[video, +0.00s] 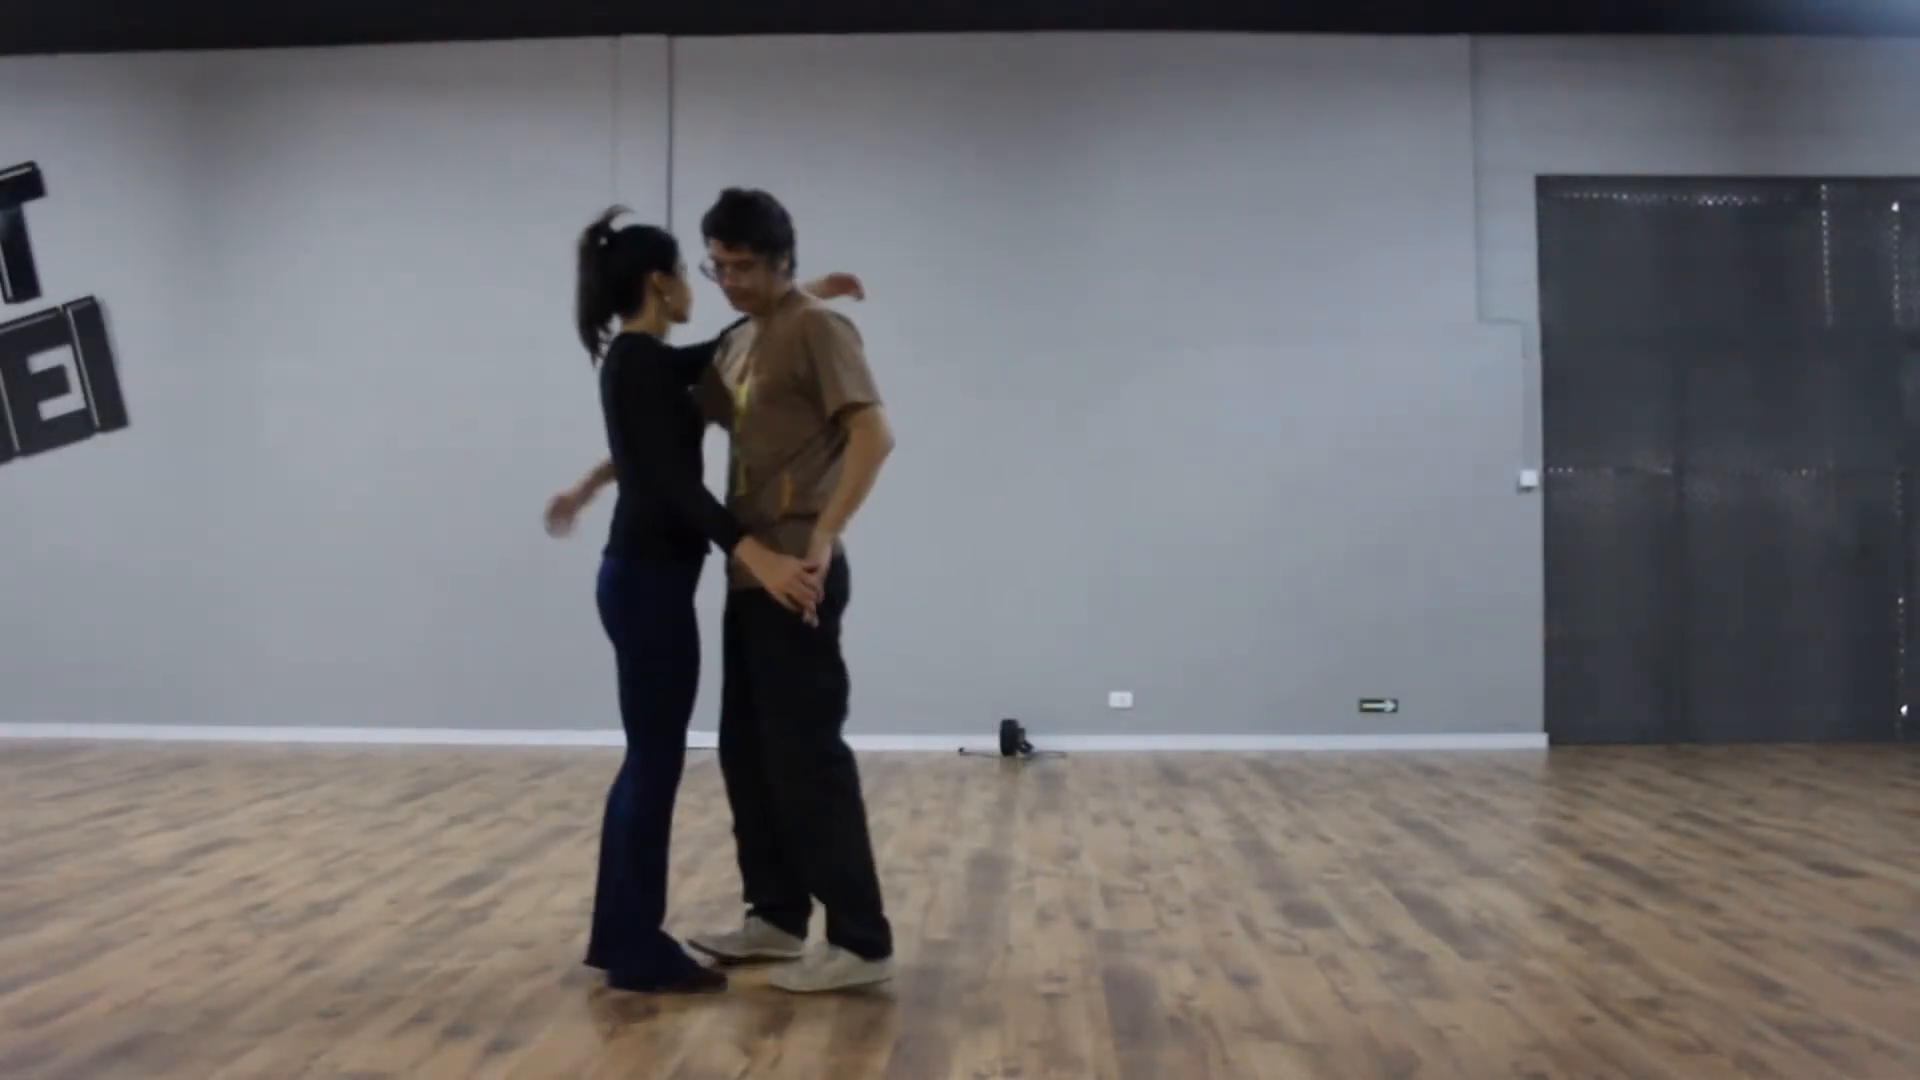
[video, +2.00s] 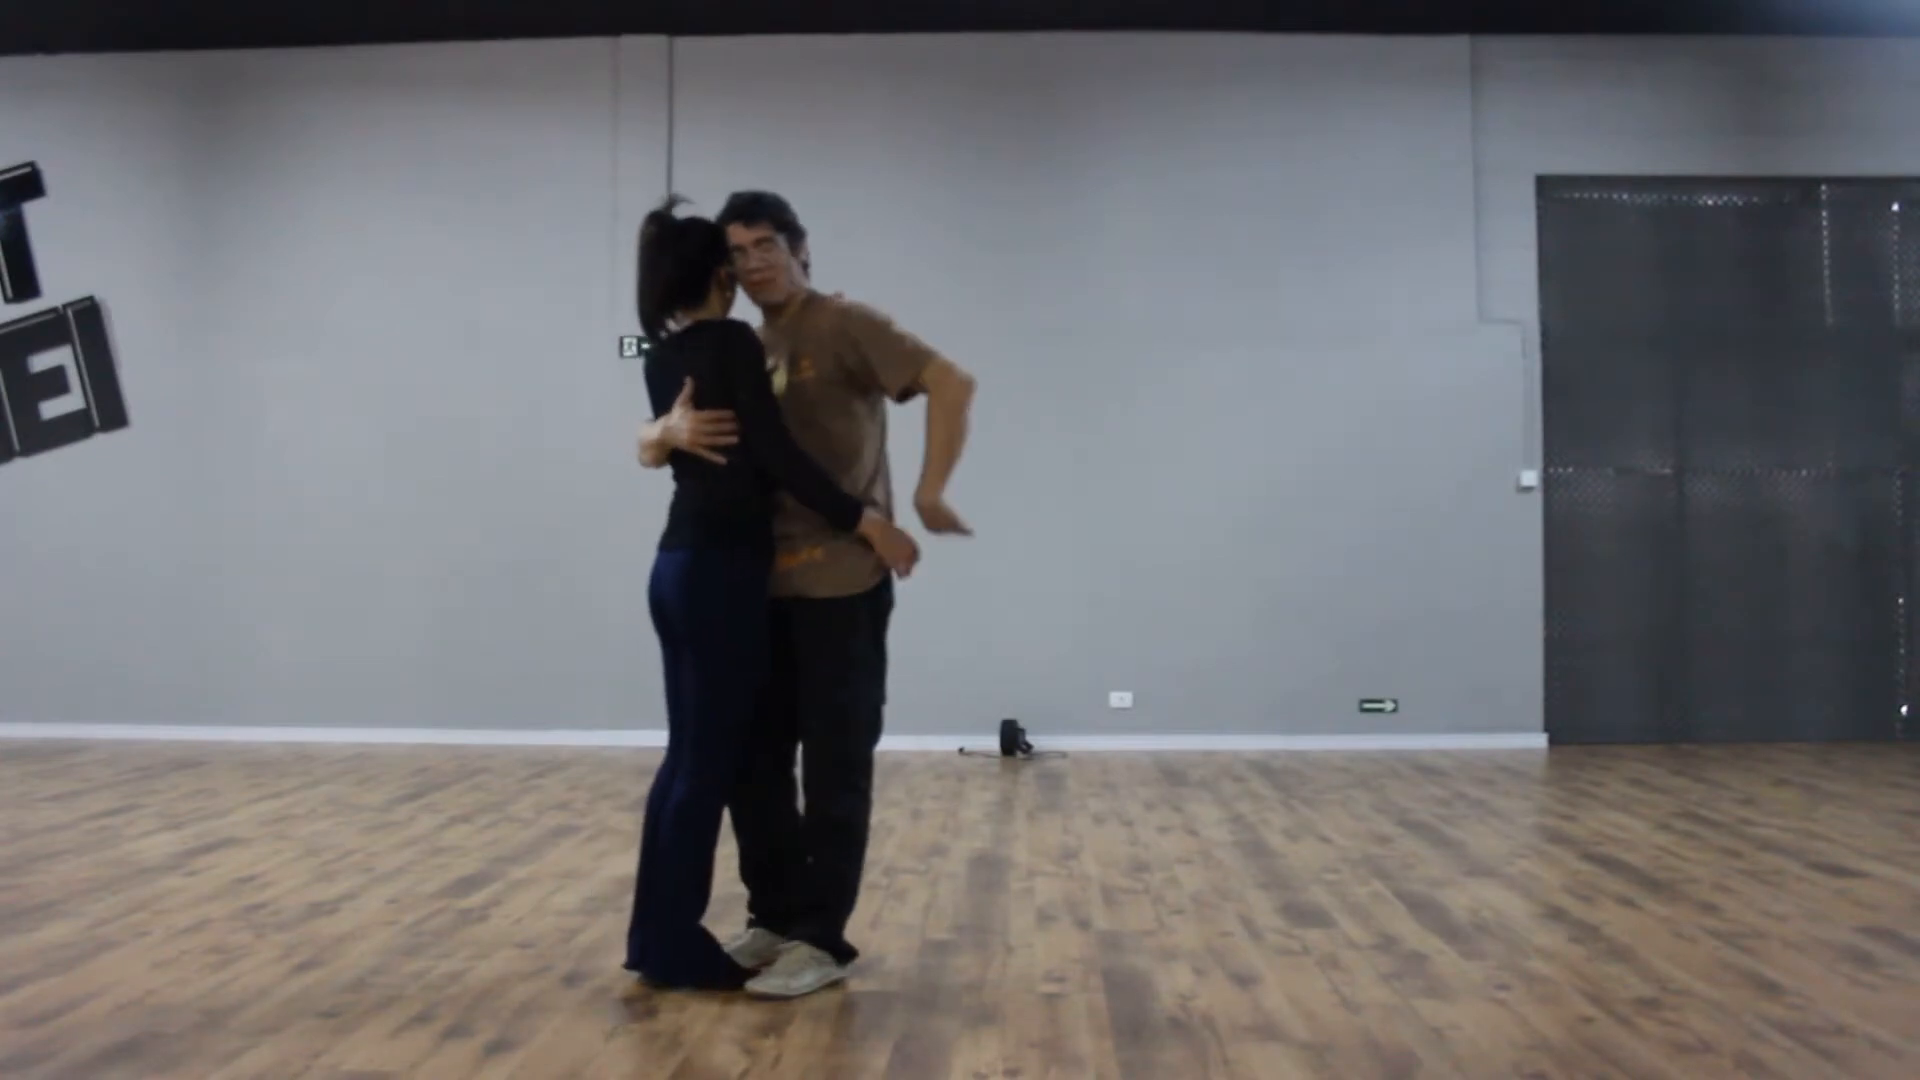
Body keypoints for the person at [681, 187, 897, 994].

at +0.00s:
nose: (732, 280)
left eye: (746, 266)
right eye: (721, 267)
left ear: (785, 260)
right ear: (711, 264)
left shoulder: (820, 327)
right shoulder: (734, 344)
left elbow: (873, 436)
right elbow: (670, 426)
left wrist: (826, 532)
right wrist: (590, 486)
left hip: (802, 572)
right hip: (749, 569)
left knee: (808, 751)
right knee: (749, 748)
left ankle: (862, 945)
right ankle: (778, 923)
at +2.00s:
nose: (755, 263)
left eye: (766, 246)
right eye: (739, 253)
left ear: (799, 249)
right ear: (728, 266)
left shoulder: (846, 326)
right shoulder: (735, 349)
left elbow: (950, 384)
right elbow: (646, 451)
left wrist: (930, 495)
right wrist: (667, 431)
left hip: (842, 587)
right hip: (761, 588)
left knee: (833, 767)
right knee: (756, 762)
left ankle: (822, 942)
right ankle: (774, 922)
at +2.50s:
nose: (745, 263)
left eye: (755, 247)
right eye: (730, 254)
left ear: (790, 248)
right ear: (718, 270)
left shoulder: (834, 328)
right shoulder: (731, 344)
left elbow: (872, 441)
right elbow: (647, 433)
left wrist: (815, 535)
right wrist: (656, 429)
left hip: (830, 577)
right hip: (748, 571)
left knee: (824, 758)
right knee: (747, 753)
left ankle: (823, 941)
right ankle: (774, 920)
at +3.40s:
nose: (732, 268)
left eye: (743, 252)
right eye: (717, 260)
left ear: (774, 255)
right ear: (706, 275)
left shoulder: (821, 335)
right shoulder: (715, 352)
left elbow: (890, 433)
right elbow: (626, 438)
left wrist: (851, 515)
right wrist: (640, 436)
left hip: (806, 580)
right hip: (737, 581)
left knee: (804, 757)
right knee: (745, 759)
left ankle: (827, 936)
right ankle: (774, 922)